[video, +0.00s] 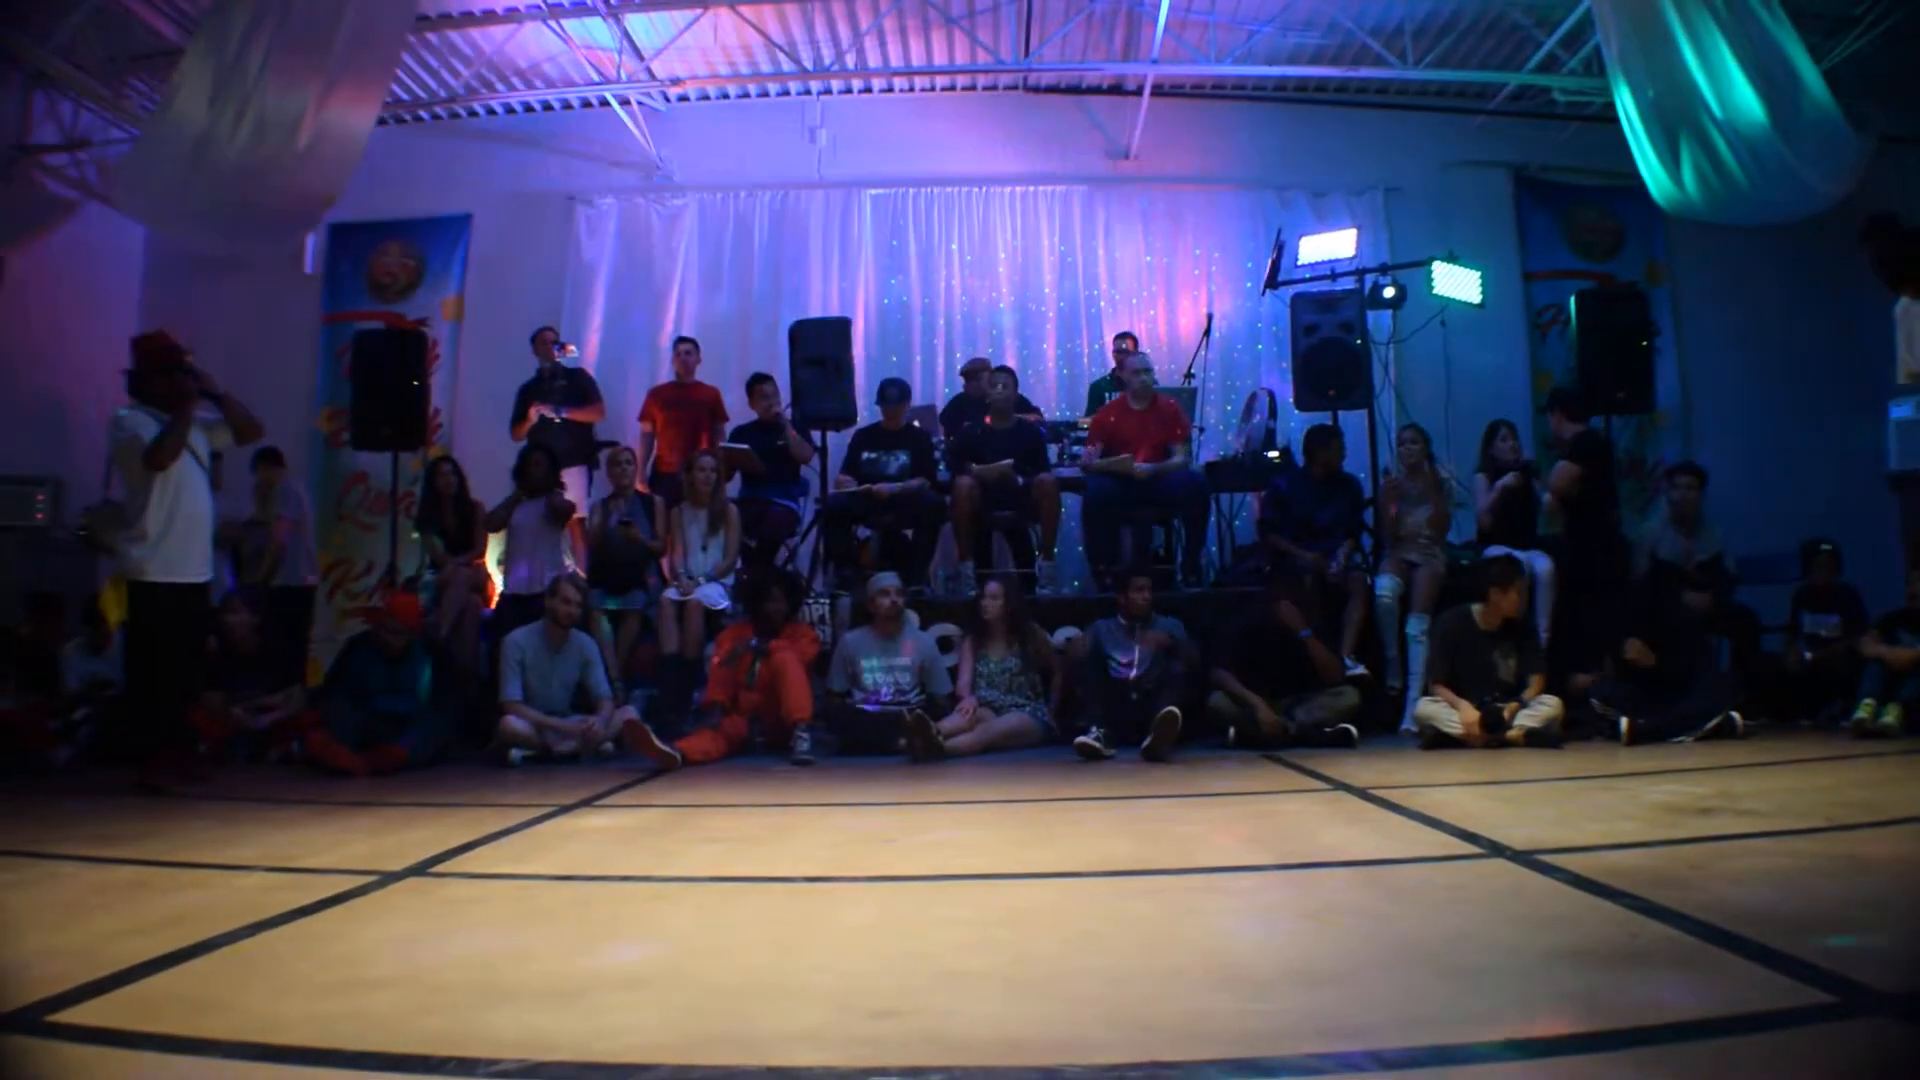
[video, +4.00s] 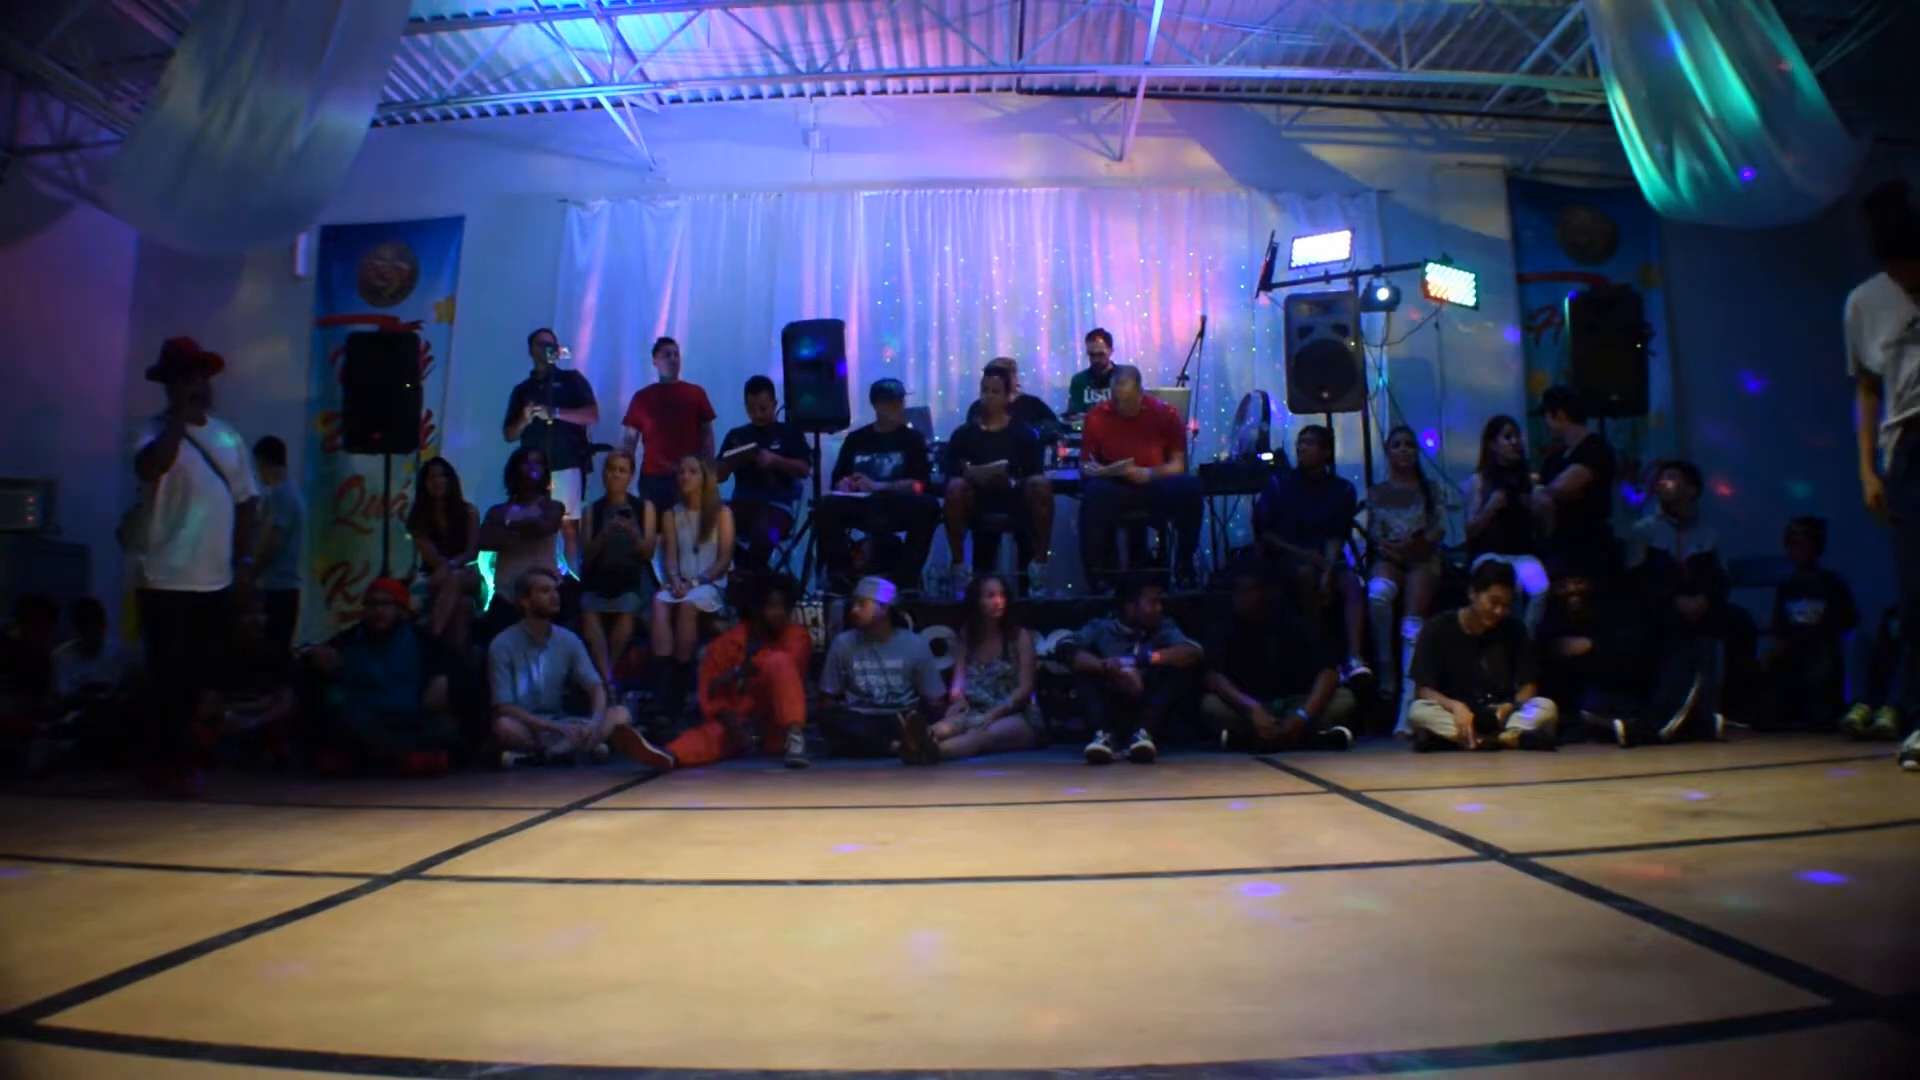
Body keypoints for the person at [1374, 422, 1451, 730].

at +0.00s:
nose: (1408, 449)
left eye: (1414, 443)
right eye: (1402, 444)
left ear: (1425, 448)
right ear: (1397, 450)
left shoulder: (1439, 481)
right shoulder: (1391, 484)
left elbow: (1441, 529)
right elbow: (1386, 534)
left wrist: (1434, 493)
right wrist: (1389, 504)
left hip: (1427, 549)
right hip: (1397, 549)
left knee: (1417, 627)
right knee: (1384, 595)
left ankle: (1414, 709)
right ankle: (1393, 670)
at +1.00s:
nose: (1404, 457)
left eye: (1411, 451)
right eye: (1399, 451)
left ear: (1423, 454)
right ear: (1394, 455)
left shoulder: (1437, 491)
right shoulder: (1383, 492)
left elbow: (1443, 531)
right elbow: (1375, 533)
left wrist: (1416, 549)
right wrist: (1391, 547)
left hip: (1422, 557)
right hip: (1389, 557)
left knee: (1410, 625)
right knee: (1378, 596)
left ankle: (1408, 685)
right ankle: (1385, 669)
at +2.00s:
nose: (1409, 452)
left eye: (1415, 446)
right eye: (1403, 447)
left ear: (1427, 451)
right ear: (1398, 454)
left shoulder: (1442, 490)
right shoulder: (1388, 493)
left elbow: (1447, 533)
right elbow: (1380, 533)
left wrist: (1417, 542)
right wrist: (1396, 548)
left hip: (1426, 557)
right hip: (1393, 556)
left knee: (1413, 628)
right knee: (1381, 596)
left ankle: (1409, 694)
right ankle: (1385, 669)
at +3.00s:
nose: (1401, 451)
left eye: (1407, 445)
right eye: (1394, 446)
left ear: (1417, 452)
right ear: (1386, 453)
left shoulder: (1430, 489)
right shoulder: (1377, 491)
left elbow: (1439, 528)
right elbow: (1374, 533)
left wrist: (1415, 544)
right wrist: (1391, 547)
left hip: (1420, 557)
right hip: (1388, 556)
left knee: (1412, 630)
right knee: (1378, 596)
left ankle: (1407, 708)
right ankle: (1386, 669)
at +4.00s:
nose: (1403, 451)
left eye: (1409, 445)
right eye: (1396, 446)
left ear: (1417, 451)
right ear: (1387, 453)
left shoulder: (1431, 488)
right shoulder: (1377, 492)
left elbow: (1440, 525)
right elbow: (1371, 530)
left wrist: (1422, 541)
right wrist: (1387, 546)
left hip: (1420, 555)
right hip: (1387, 554)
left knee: (1412, 628)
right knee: (1378, 595)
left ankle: (1408, 705)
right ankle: (1385, 671)